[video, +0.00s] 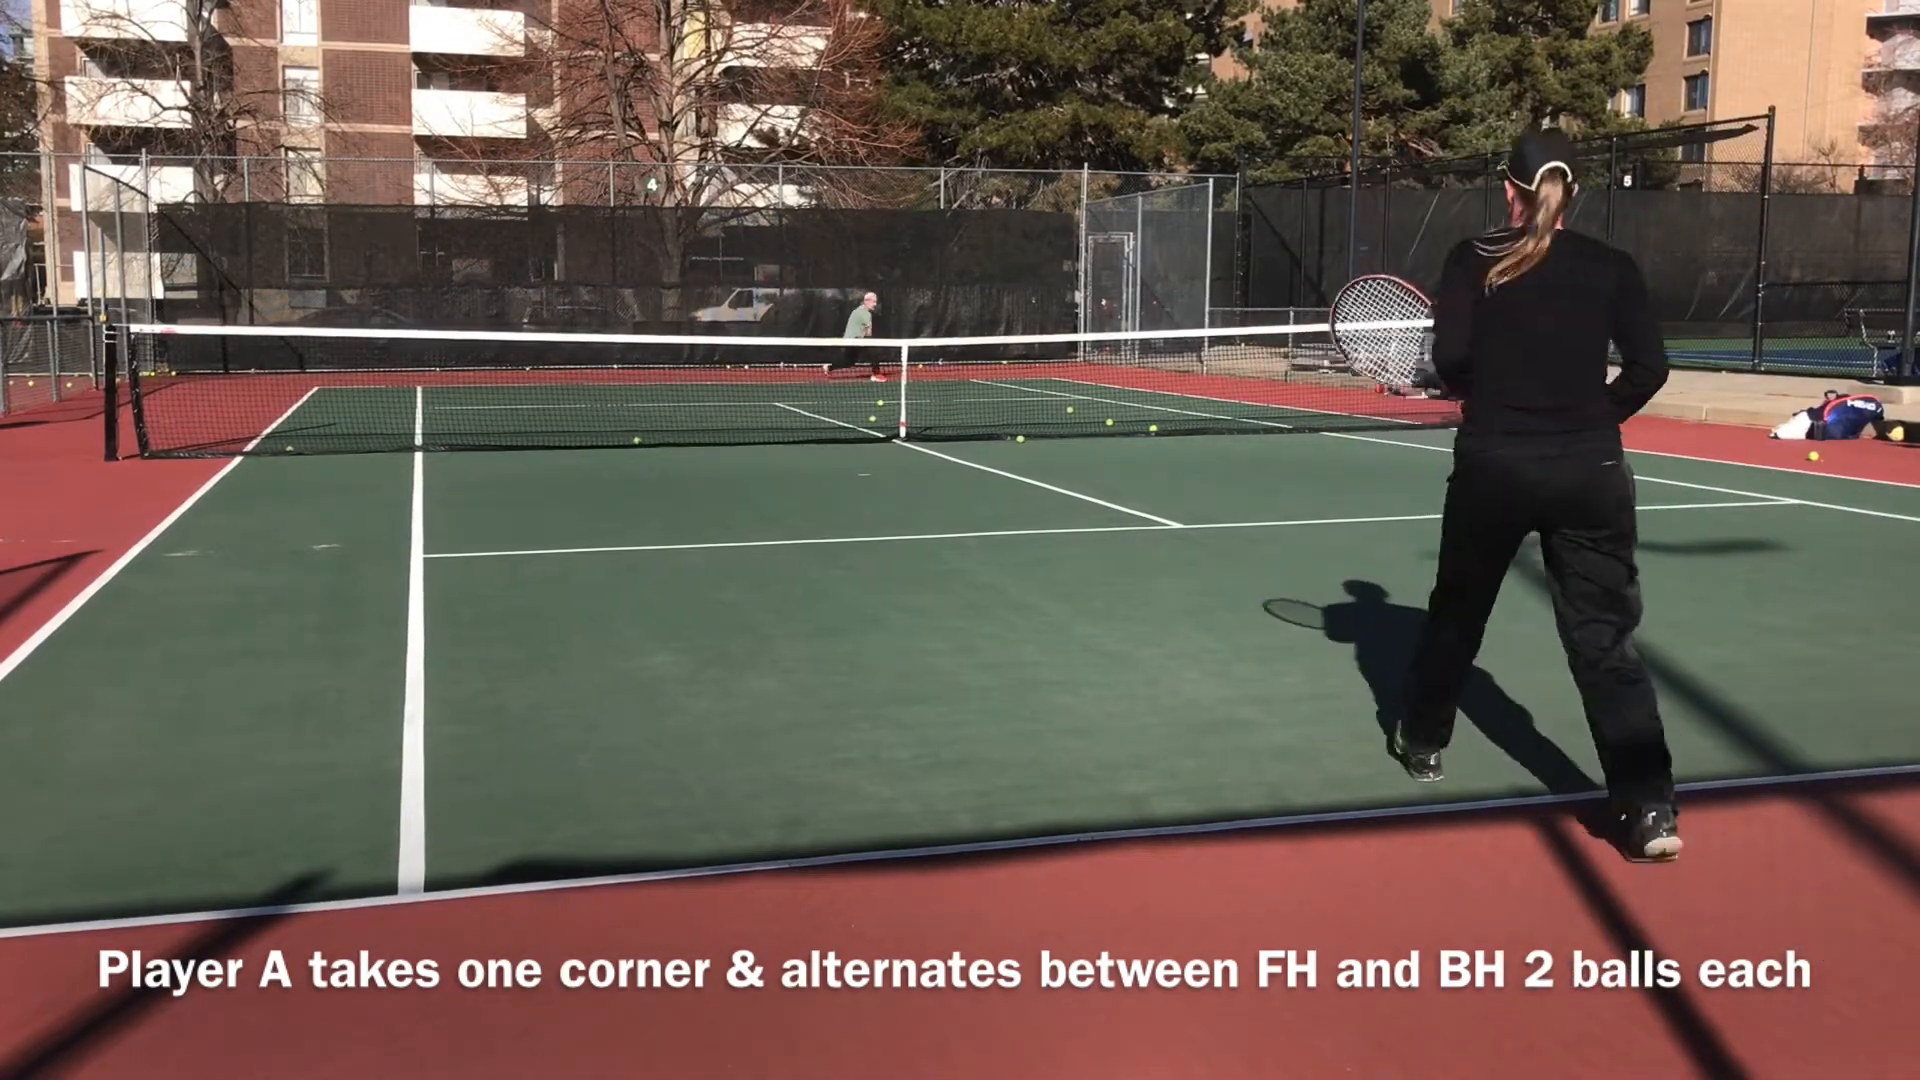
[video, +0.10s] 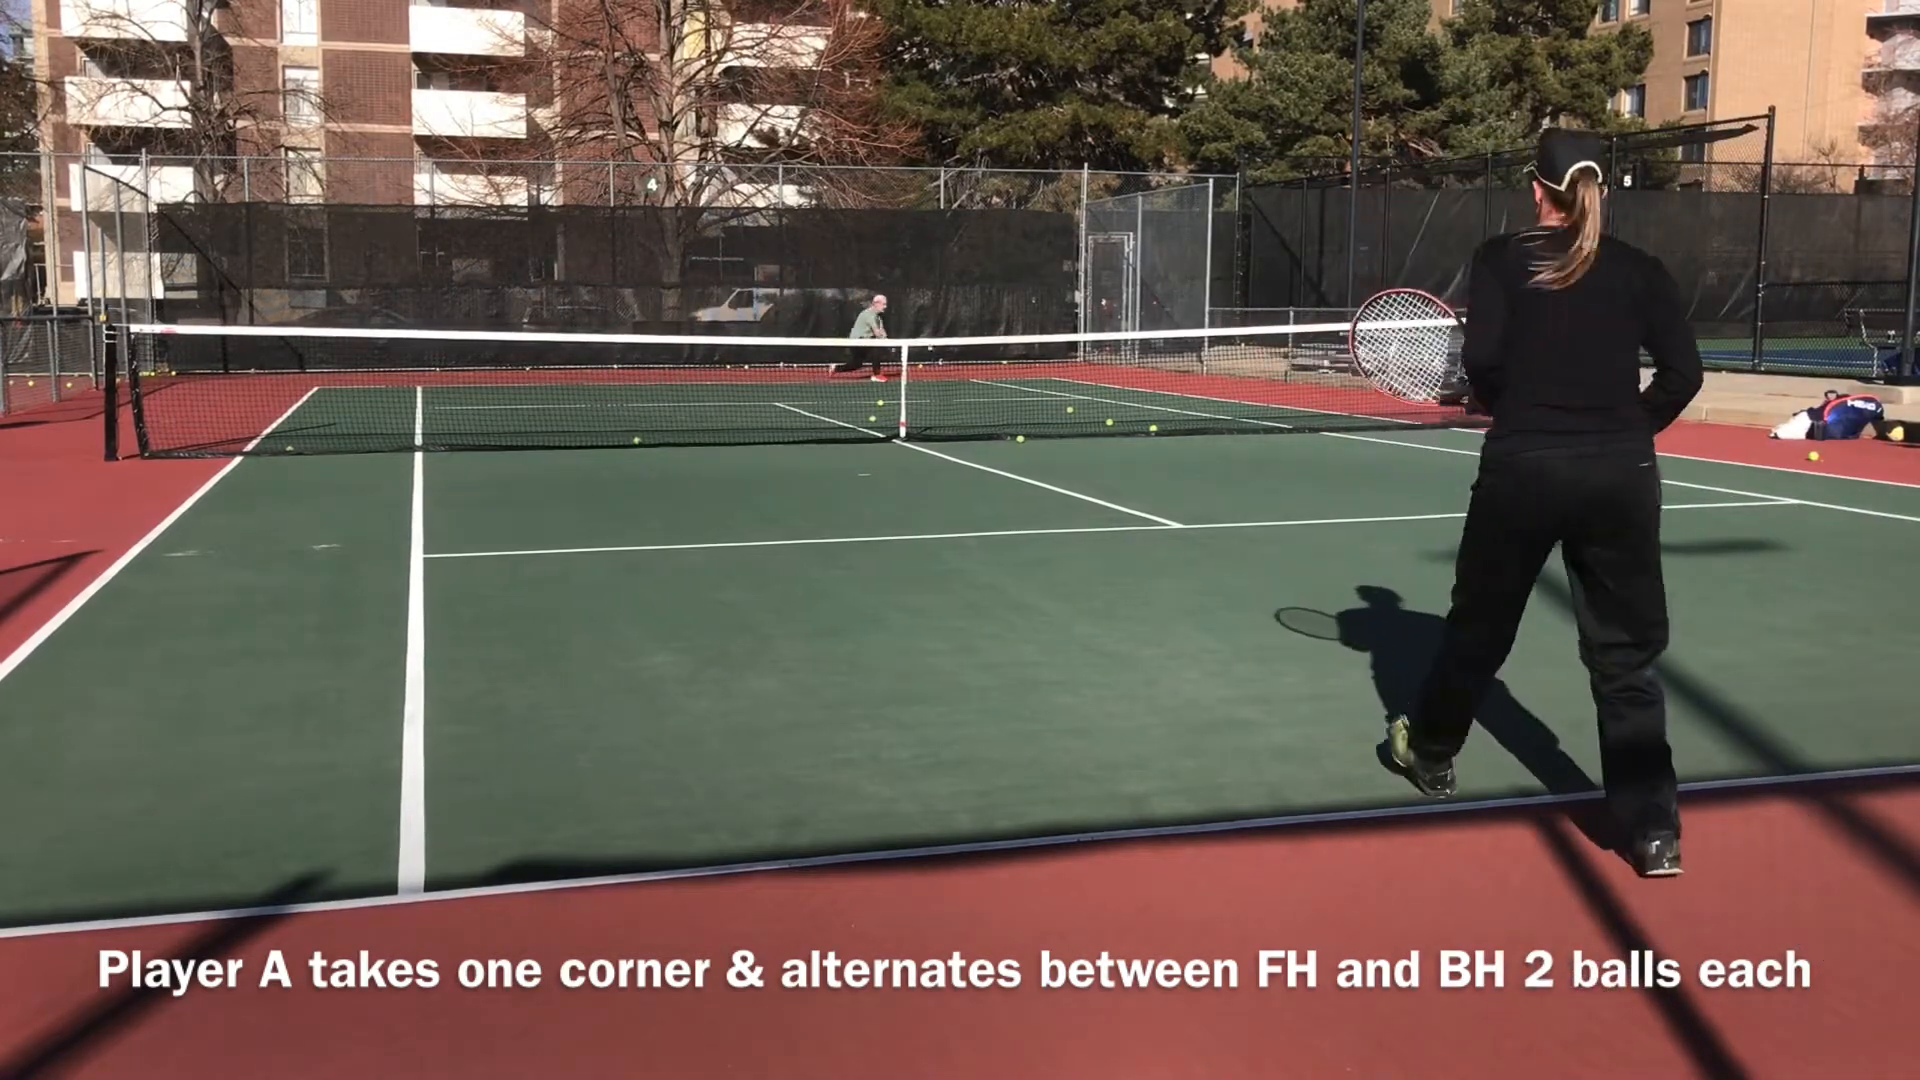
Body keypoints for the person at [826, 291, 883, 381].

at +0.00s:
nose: (875, 304)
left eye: (875, 302)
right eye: (873, 302)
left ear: (866, 302)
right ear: (866, 302)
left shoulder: (857, 310)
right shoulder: (866, 314)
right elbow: (869, 332)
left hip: (849, 339)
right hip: (857, 339)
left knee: (849, 361)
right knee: (874, 353)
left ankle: (829, 367)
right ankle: (875, 374)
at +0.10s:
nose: (885, 307)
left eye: (885, 304)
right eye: (883, 304)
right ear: (875, 304)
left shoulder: (877, 316)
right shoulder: (868, 315)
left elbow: (882, 331)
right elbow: (876, 333)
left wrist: (881, 334)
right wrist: (883, 333)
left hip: (865, 340)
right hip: (857, 340)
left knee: (856, 364)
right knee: (876, 351)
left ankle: (836, 368)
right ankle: (876, 374)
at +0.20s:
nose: (892, 307)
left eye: (892, 305)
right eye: (890, 304)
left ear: (887, 305)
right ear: (883, 304)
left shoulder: (887, 316)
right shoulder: (875, 311)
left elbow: (893, 328)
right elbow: (877, 326)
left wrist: (898, 330)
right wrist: (890, 328)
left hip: (869, 338)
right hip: (862, 337)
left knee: (860, 364)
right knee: (877, 351)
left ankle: (837, 368)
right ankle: (876, 374)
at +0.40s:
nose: (898, 301)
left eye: (899, 298)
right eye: (896, 298)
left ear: (899, 299)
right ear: (889, 298)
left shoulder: (893, 311)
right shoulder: (883, 307)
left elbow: (896, 309)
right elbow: (872, 314)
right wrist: (879, 303)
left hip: (881, 335)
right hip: (871, 332)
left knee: (883, 354)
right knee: (878, 353)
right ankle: (876, 372)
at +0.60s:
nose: (900, 293)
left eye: (901, 291)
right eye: (897, 290)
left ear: (903, 292)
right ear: (892, 291)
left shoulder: (902, 303)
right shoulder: (884, 300)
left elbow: (899, 312)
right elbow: (876, 313)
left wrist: (890, 303)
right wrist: (884, 304)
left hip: (890, 330)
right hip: (879, 328)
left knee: (886, 350)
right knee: (881, 349)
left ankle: (879, 370)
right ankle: (877, 370)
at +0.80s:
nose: (895, 291)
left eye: (897, 288)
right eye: (893, 288)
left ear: (900, 291)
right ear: (889, 290)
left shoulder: (902, 303)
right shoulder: (882, 302)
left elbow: (903, 317)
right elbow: (878, 317)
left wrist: (894, 326)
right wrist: (887, 327)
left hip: (897, 329)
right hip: (884, 329)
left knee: (904, 350)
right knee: (882, 349)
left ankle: (910, 370)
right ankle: (878, 369)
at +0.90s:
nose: (890, 289)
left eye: (892, 287)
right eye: (887, 287)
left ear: (894, 289)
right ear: (884, 288)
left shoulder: (899, 302)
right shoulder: (878, 302)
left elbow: (901, 318)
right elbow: (873, 317)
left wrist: (893, 329)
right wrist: (885, 329)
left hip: (896, 331)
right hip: (882, 332)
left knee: (904, 350)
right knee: (881, 351)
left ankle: (910, 371)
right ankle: (878, 370)